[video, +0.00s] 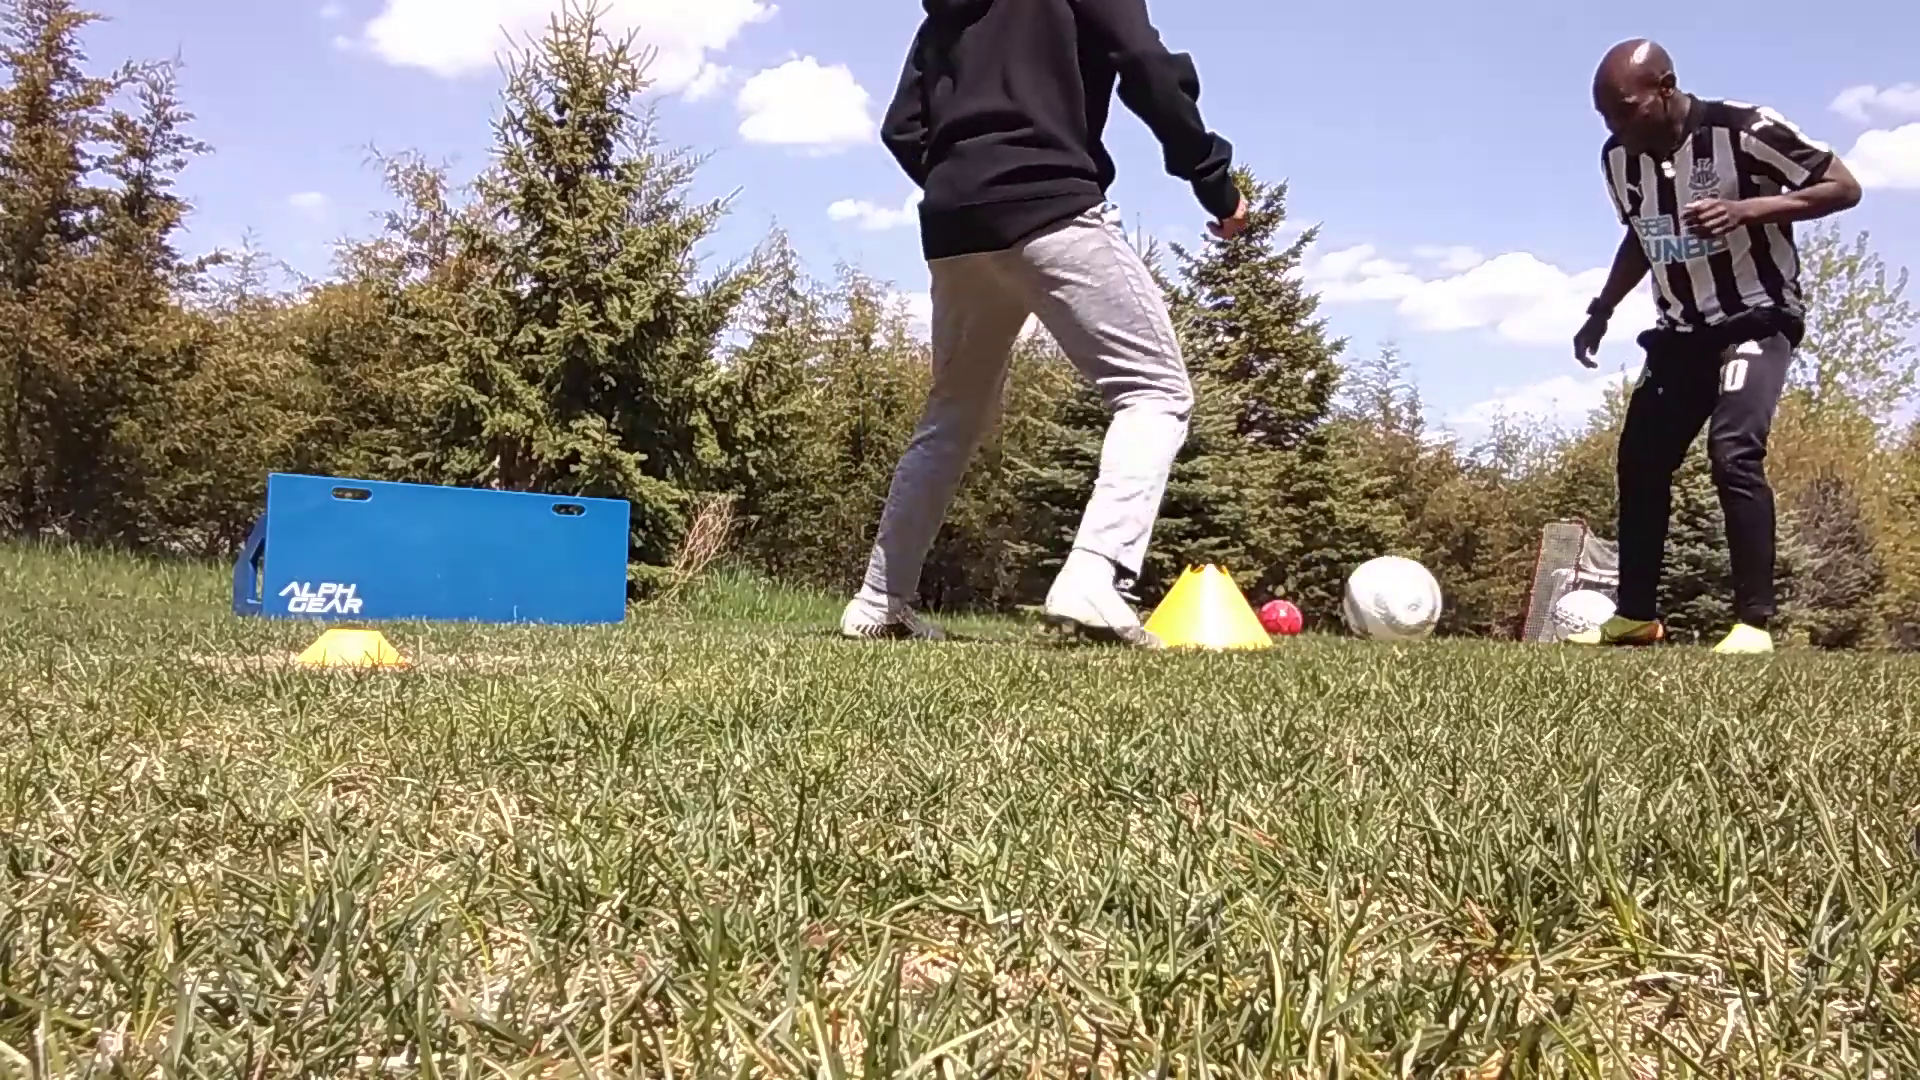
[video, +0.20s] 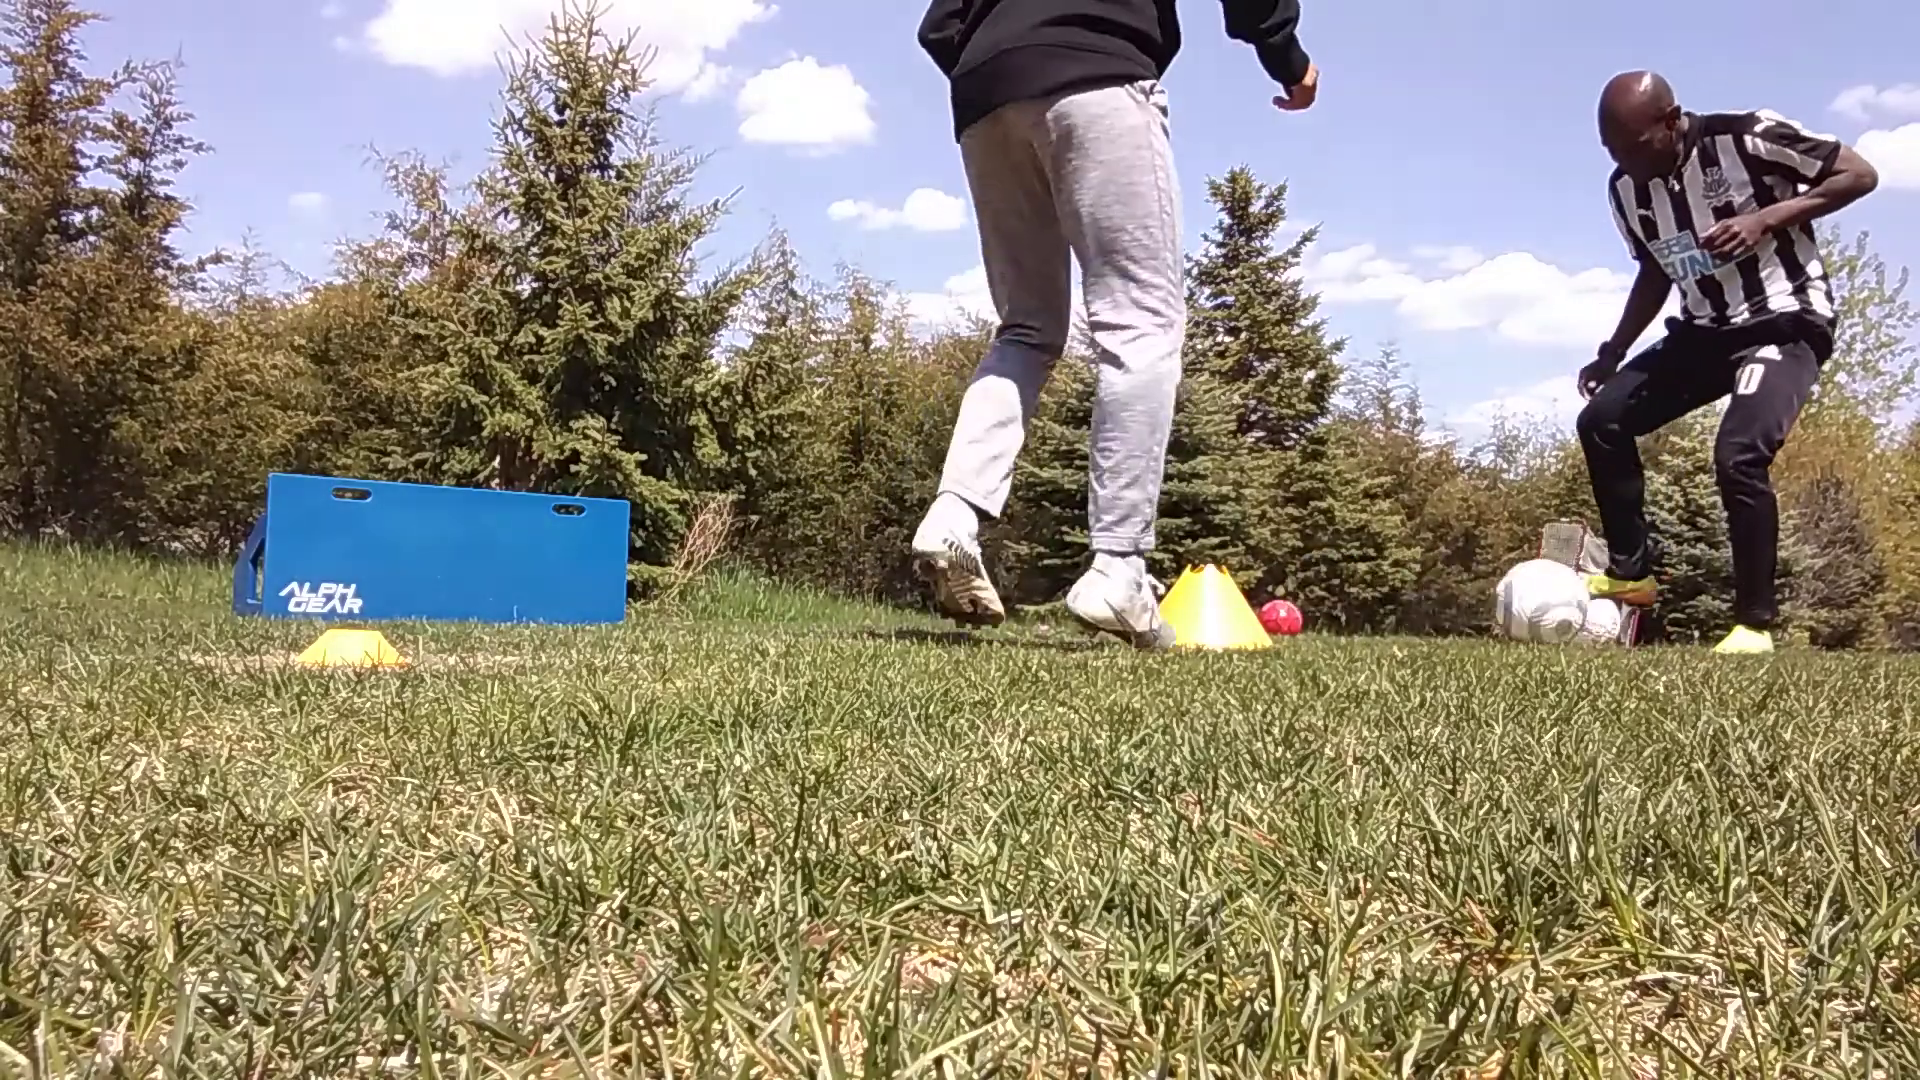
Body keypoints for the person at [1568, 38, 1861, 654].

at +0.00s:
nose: (1612, 128)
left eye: (1620, 112)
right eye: (1606, 115)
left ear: (1663, 93)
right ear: (1612, 106)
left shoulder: (1745, 129)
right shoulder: (1620, 158)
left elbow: (1844, 187)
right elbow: (1643, 236)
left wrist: (1747, 207)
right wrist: (1601, 310)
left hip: (1755, 323)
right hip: (1682, 333)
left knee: (1733, 453)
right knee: (1640, 459)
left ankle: (1753, 624)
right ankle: (1637, 615)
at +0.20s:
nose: (1621, 163)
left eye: (1628, 149)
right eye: (1614, 151)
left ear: (1669, 125)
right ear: (1610, 136)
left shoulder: (1749, 137)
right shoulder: (1627, 189)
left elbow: (1859, 175)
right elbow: (1656, 268)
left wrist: (1766, 218)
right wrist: (1614, 350)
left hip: (1786, 320)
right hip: (1707, 330)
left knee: (1739, 454)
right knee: (1602, 422)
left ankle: (1756, 626)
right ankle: (1633, 574)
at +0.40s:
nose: (1615, 157)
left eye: (1624, 143)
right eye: (1610, 144)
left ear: (1665, 123)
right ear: (1608, 132)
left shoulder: (1738, 139)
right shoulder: (1623, 182)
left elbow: (1849, 179)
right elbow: (1668, 253)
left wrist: (1753, 221)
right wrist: (1648, 339)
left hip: (1780, 318)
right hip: (1705, 334)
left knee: (1740, 450)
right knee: (1645, 455)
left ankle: (1756, 623)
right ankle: (1677, 615)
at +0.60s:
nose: (1609, 141)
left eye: (1623, 126)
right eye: (1600, 127)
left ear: (1659, 110)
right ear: (1588, 119)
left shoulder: (1723, 143)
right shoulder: (1598, 185)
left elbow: (1824, 185)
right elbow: (1629, 261)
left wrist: (1736, 227)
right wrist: (1617, 346)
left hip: (1760, 317)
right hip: (1685, 336)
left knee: (1735, 451)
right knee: (1672, 475)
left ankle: (1754, 621)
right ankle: (1688, 623)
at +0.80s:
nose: (1606, 131)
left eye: (1620, 115)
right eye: (1595, 118)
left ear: (1655, 103)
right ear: (1586, 115)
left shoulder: (1718, 140)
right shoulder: (1589, 179)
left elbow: (1811, 187)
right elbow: (1612, 256)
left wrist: (1725, 226)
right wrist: (1586, 330)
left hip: (1748, 324)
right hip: (1673, 340)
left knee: (1739, 457)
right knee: (1674, 477)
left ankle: (1754, 621)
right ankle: (1687, 625)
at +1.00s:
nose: (1607, 114)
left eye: (1621, 100)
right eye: (1597, 103)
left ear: (1657, 92)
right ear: (1587, 102)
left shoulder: (1721, 133)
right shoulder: (1588, 171)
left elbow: (1808, 188)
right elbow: (1604, 253)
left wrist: (1725, 220)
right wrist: (1580, 333)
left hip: (1742, 319)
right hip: (1667, 338)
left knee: (1735, 457)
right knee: (1677, 479)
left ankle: (1754, 622)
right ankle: (1689, 625)